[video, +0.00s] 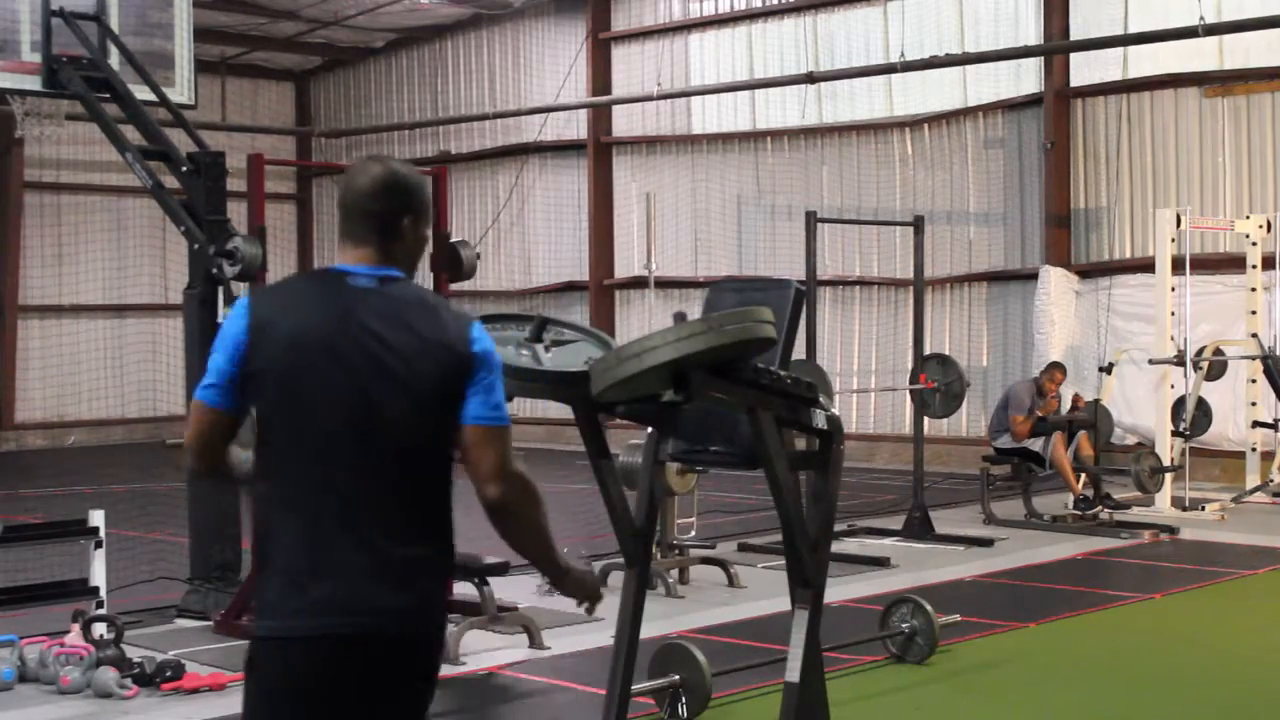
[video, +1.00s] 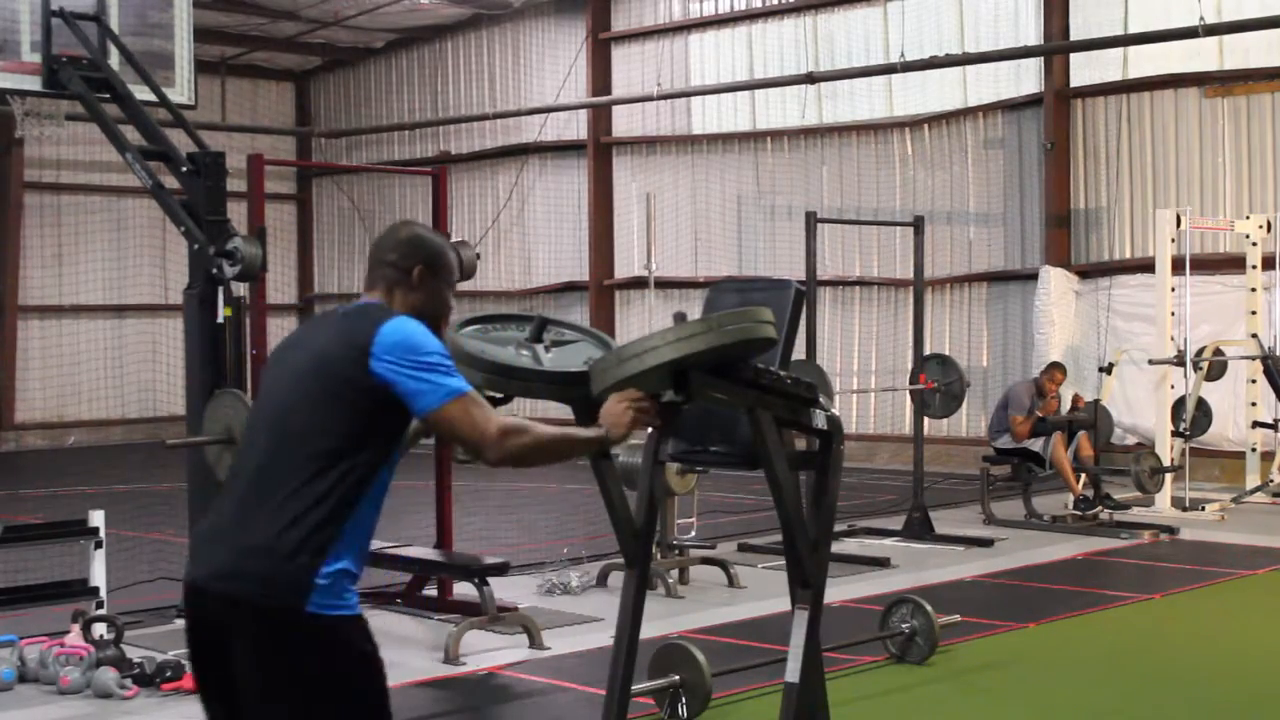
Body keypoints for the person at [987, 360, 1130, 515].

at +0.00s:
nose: (1054, 388)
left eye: (1058, 385)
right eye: (1051, 382)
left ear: (1061, 384)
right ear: (1041, 375)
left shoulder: (1051, 395)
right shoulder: (1021, 391)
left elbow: (1053, 426)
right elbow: (1018, 434)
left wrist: (1073, 412)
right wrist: (1041, 412)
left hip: (1029, 438)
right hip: (1004, 440)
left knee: (1080, 436)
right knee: (1055, 439)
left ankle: (1099, 494)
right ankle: (1079, 498)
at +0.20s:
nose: (1054, 389)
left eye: (1058, 385)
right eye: (1051, 382)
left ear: (1061, 384)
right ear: (1041, 375)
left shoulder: (1051, 396)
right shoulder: (1020, 392)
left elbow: (1053, 427)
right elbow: (1018, 435)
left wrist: (1073, 412)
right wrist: (1040, 412)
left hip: (1029, 438)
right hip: (1004, 439)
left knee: (1080, 435)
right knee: (1055, 439)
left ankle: (1099, 494)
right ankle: (1079, 498)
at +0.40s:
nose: (1054, 388)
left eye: (1058, 385)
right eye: (1051, 382)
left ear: (1061, 384)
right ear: (1041, 375)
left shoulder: (1051, 396)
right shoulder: (1020, 392)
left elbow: (1053, 427)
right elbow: (1018, 435)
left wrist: (1073, 412)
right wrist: (1040, 412)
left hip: (1029, 438)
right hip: (1004, 439)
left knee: (1080, 435)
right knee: (1055, 439)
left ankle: (1099, 494)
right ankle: (1079, 498)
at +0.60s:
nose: (1054, 389)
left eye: (1058, 385)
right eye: (1051, 382)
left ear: (1061, 385)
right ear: (1041, 375)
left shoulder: (1051, 396)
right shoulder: (1020, 391)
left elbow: (1053, 427)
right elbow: (1018, 435)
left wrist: (1073, 412)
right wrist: (1040, 412)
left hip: (1029, 438)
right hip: (1004, 439)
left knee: (1080, 436)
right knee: (1055, 439)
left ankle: (1099, 494)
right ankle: (1079, 498)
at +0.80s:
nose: (1054, 388)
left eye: (1058, 385)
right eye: (1051, 382)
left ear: (1061, 385)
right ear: (1041, 375)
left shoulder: (1050, 395)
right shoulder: (1020, 392)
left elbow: (1053, 426)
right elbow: (1018, 435)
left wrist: (1073, 412)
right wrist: (1040, 412)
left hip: (1029, 438)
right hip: (1004, 440)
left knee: (1080, 436)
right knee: (1055, 439)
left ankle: (1099, 494)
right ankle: (1079, 498)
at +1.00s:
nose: (1054, 388)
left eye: (1058, 385)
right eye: (1051, 382)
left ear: (1061, 385)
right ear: (1041, 375)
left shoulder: (1050, 395)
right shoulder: (1020, 392)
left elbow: (1053, 426)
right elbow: (1018, 435)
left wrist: (1073, 412)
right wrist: (1040, 412)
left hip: (1029, 438)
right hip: (1004, 440)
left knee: (1080, 436)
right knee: (1055, 439)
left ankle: (1099, 494)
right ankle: (1079, 498)